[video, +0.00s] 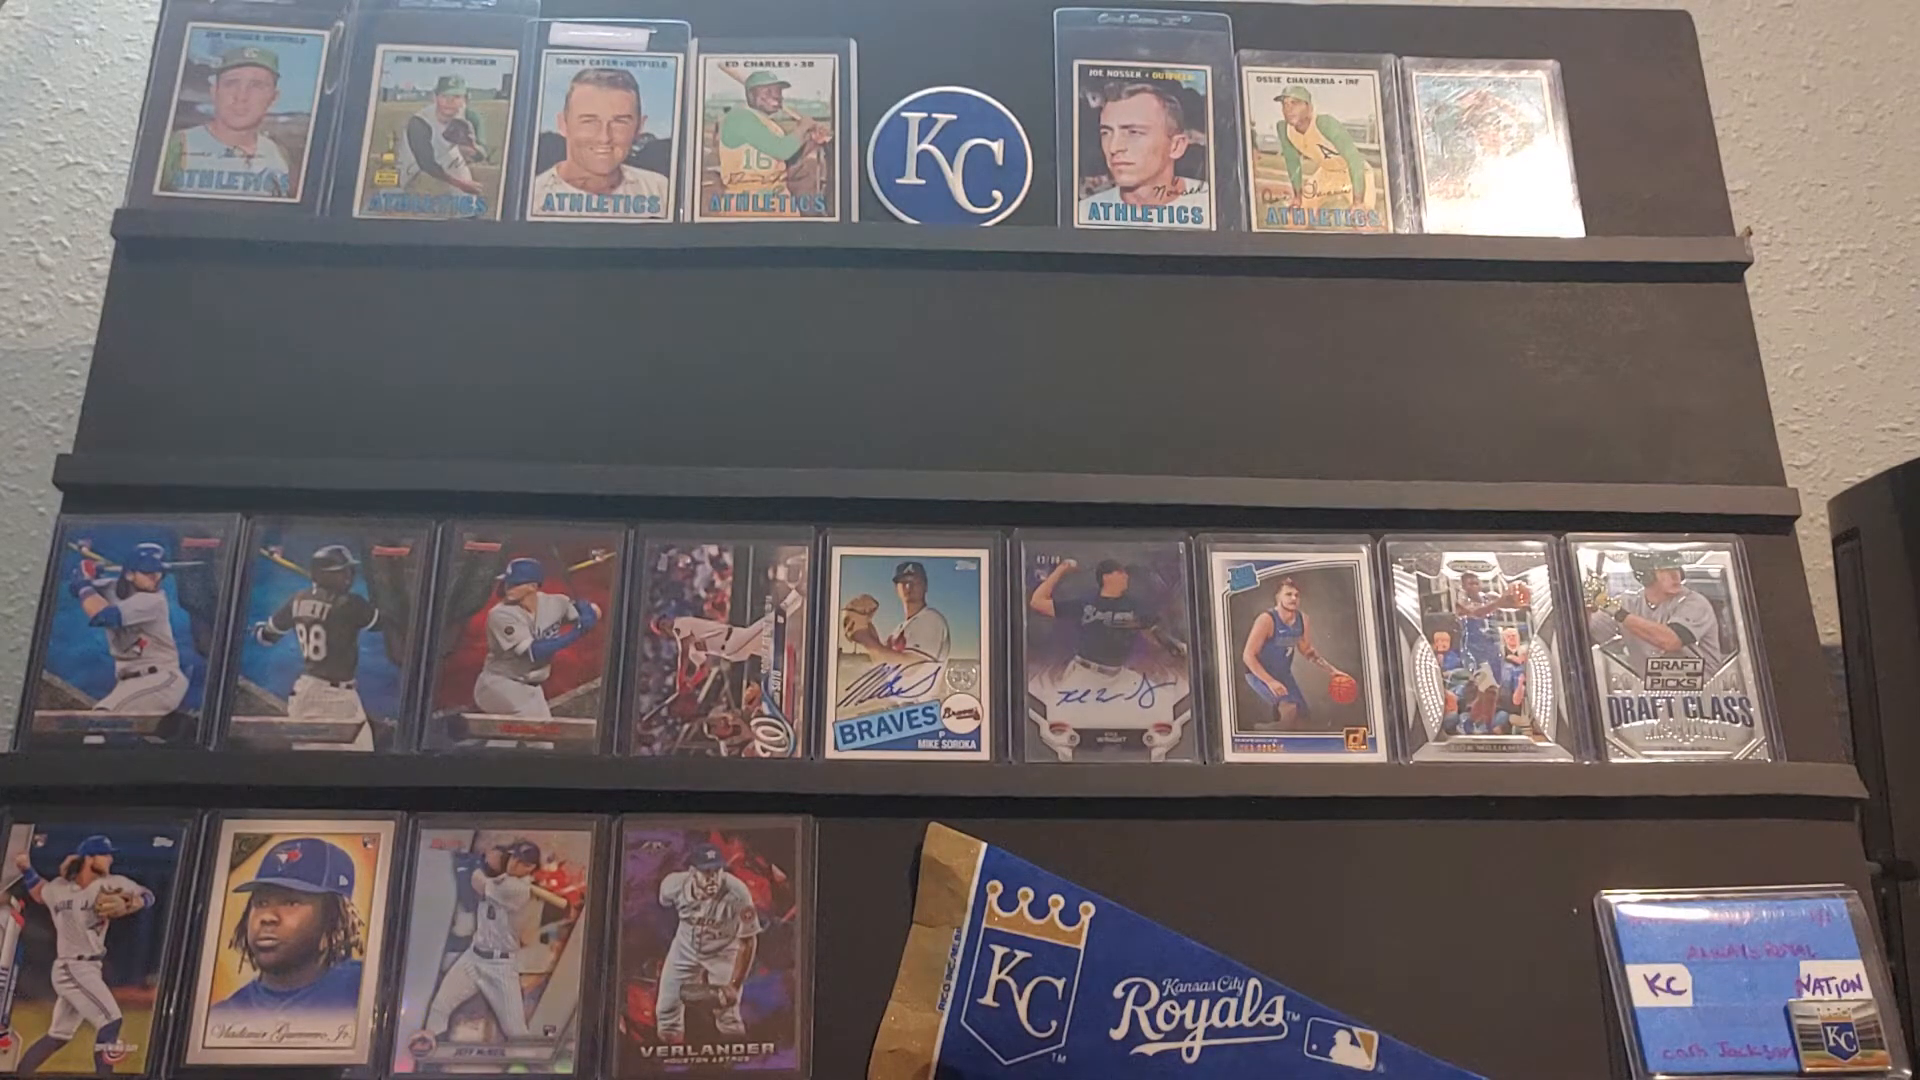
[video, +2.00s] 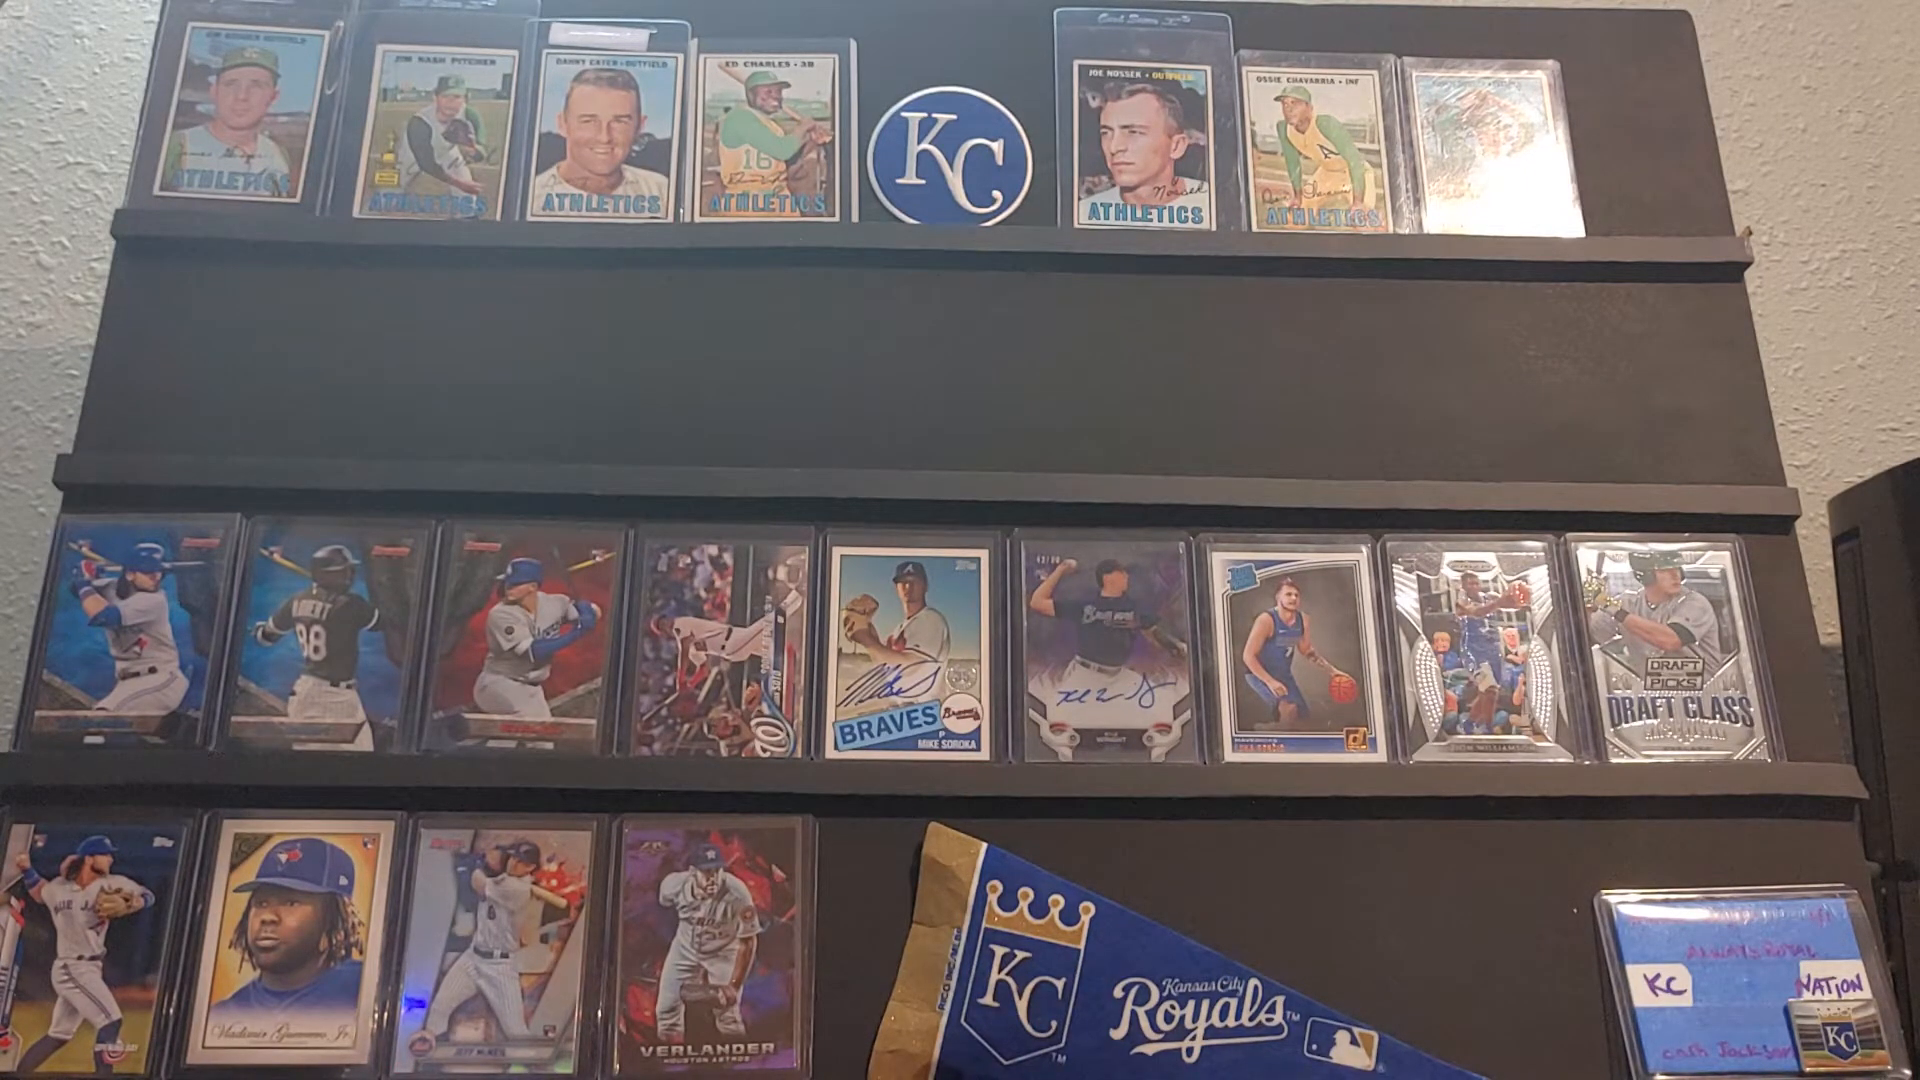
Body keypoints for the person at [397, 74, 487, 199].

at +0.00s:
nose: (450, 102)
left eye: (456, 97)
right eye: (444, 96)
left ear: (465, 101)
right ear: (436, 98)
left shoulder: (468, 117)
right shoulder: (419, 123)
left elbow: (481, 154)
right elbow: (427, 165)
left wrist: (470, 151)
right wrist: (462, 185)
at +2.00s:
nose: (451, 102)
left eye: (457, 97)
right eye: (446, 96)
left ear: (464, 100)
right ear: (436, 98)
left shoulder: (469, 115)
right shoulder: (419, 123)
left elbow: (481, 154)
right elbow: (427, 165)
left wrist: (469, 150)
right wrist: (461, 185)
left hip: (453, 162)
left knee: (467, 196)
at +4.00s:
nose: (451, 102)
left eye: (457, 97)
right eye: (446, 96)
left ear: (464, 100)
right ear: (436, 97)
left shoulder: (467, 116)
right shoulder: (419, 123)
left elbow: (481, 153)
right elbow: (427, 165)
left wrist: (472, 152)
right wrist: (460, 184)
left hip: (453, 164)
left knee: (467, 197)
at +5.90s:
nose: (450, 103)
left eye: (456, 97)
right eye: (445, 96)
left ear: (464, 101)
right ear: (436, 99)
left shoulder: (469, 117)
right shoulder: (419, 123)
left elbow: (481, 152)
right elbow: (427, 165)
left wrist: (470, 150)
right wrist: (461, 185)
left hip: (455, 167)